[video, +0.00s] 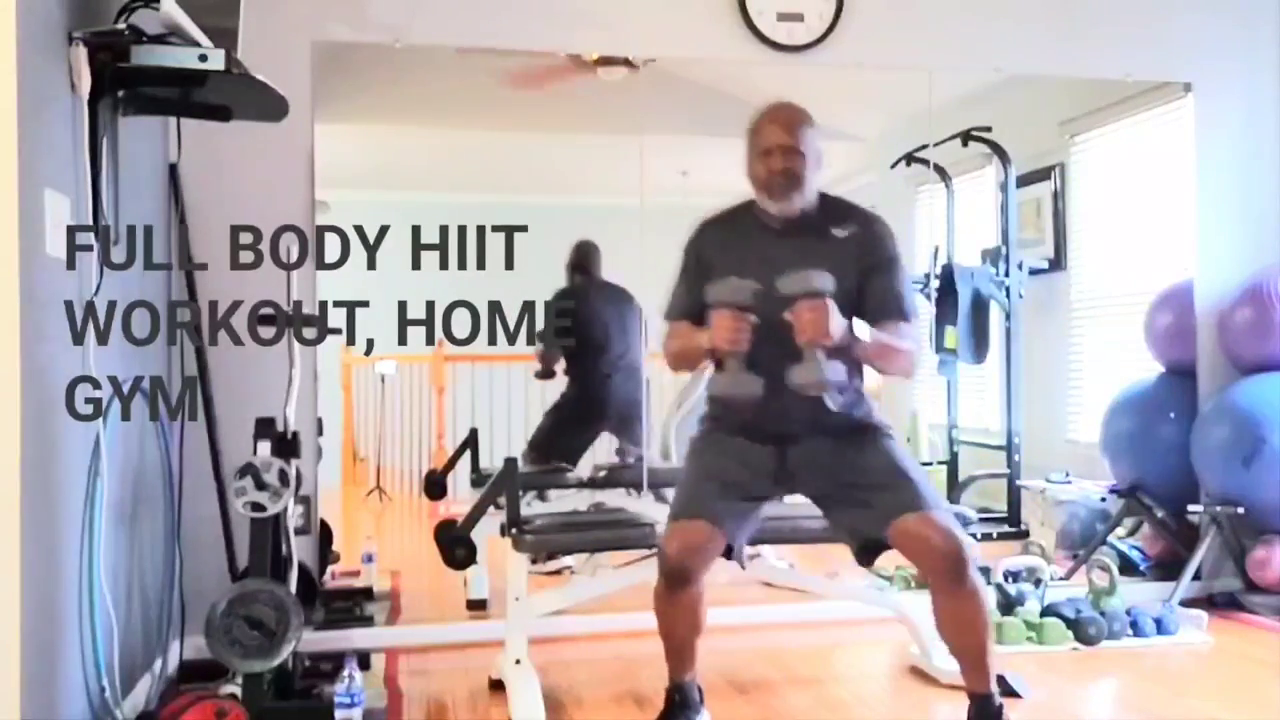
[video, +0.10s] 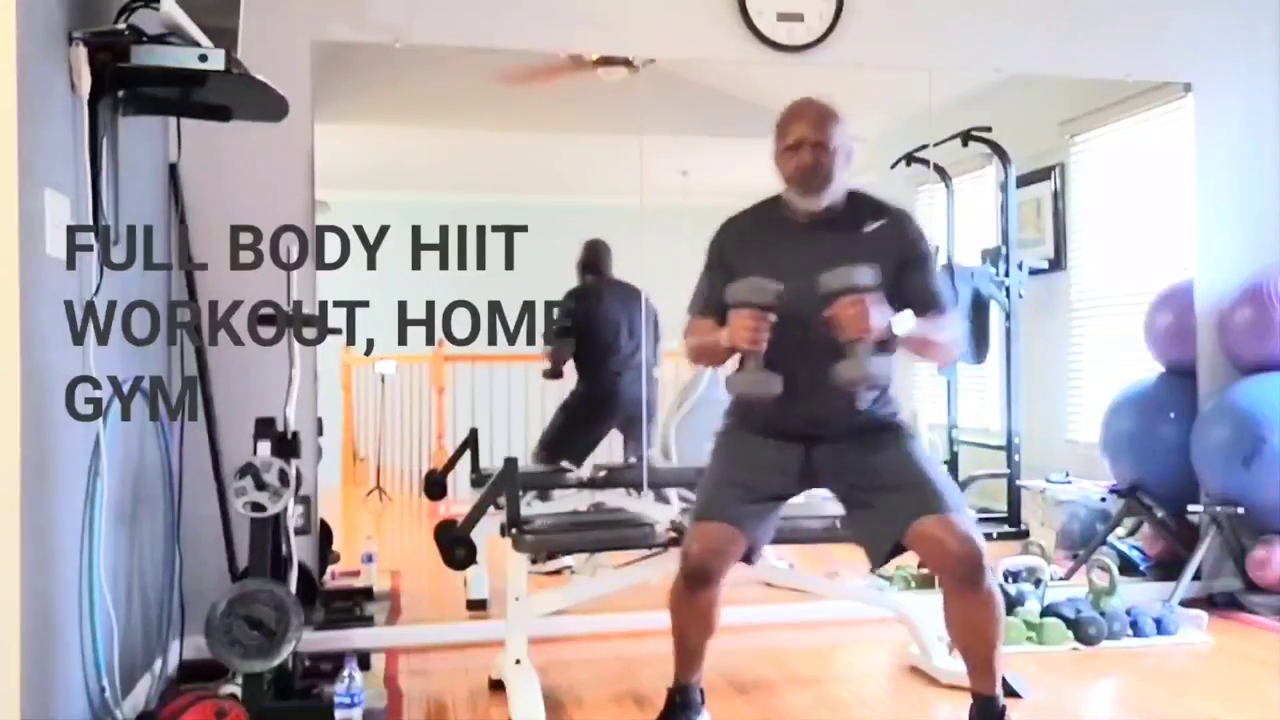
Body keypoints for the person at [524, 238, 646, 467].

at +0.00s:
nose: (572, 269)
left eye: (572, 265)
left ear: (571, 266)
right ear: (598, 266)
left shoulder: (566, 299)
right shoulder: (626, 299)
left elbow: (551, 352)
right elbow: (638, 348)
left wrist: (547, 369)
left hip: (587, 397)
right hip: (631, 396)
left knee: (536, 459)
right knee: (637, 462)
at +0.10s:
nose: (579, 267)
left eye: (581, 263)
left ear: (582, 265)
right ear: (609, 266)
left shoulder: (578, 297)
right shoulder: (639, 298)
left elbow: (563, 347)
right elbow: (653, 353)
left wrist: (555, 367)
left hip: (597, 393)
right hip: (641, 392)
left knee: (546, 457)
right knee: (641, 464)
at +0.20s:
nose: (587, 248)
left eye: (588, 243)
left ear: (591, 245)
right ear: (618, 244)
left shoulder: (590, 276)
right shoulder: (649, 276)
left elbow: (575, 329)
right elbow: (671, 329)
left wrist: (561, 345)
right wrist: (638, 327)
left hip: (608, 375)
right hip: (650, 375)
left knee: (565, 448)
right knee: (657, 448)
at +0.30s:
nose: (593, 232)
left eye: (595, 228)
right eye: (595, 228)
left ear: (599, 227)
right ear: (625, 226)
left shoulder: (600, 255)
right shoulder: (659, 254)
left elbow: (591, 303)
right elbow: (692, 301)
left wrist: (570, 321)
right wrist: (664, 314)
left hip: (617, 356)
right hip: (657, 357)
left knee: (580, 434)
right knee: (659, 436)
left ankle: (578, 496)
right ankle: (676, 498)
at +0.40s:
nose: (598, 226)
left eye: (600, 221)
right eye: (600, 222)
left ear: (605, 222)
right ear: (631, 221)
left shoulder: (605, 246)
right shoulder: (662, 247)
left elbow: (605, 282)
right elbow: (708, 281)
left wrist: (575, 318)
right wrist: (678, 310)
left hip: (622, 356)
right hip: (662, 357)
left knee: (593, 436)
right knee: (661, 435)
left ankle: (602, 479)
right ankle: (682, 500)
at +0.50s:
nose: (604, 231)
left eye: (606, 227)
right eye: (605, 228)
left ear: (610, 229)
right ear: (636, 229)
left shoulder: (609, 252)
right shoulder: (664, 253)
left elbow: (606, 280)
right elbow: (714, 279)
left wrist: (578, 317)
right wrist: (690, 305)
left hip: (631, 367)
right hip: (671, 368)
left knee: (604, 448)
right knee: (662, 440)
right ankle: (683, 504)